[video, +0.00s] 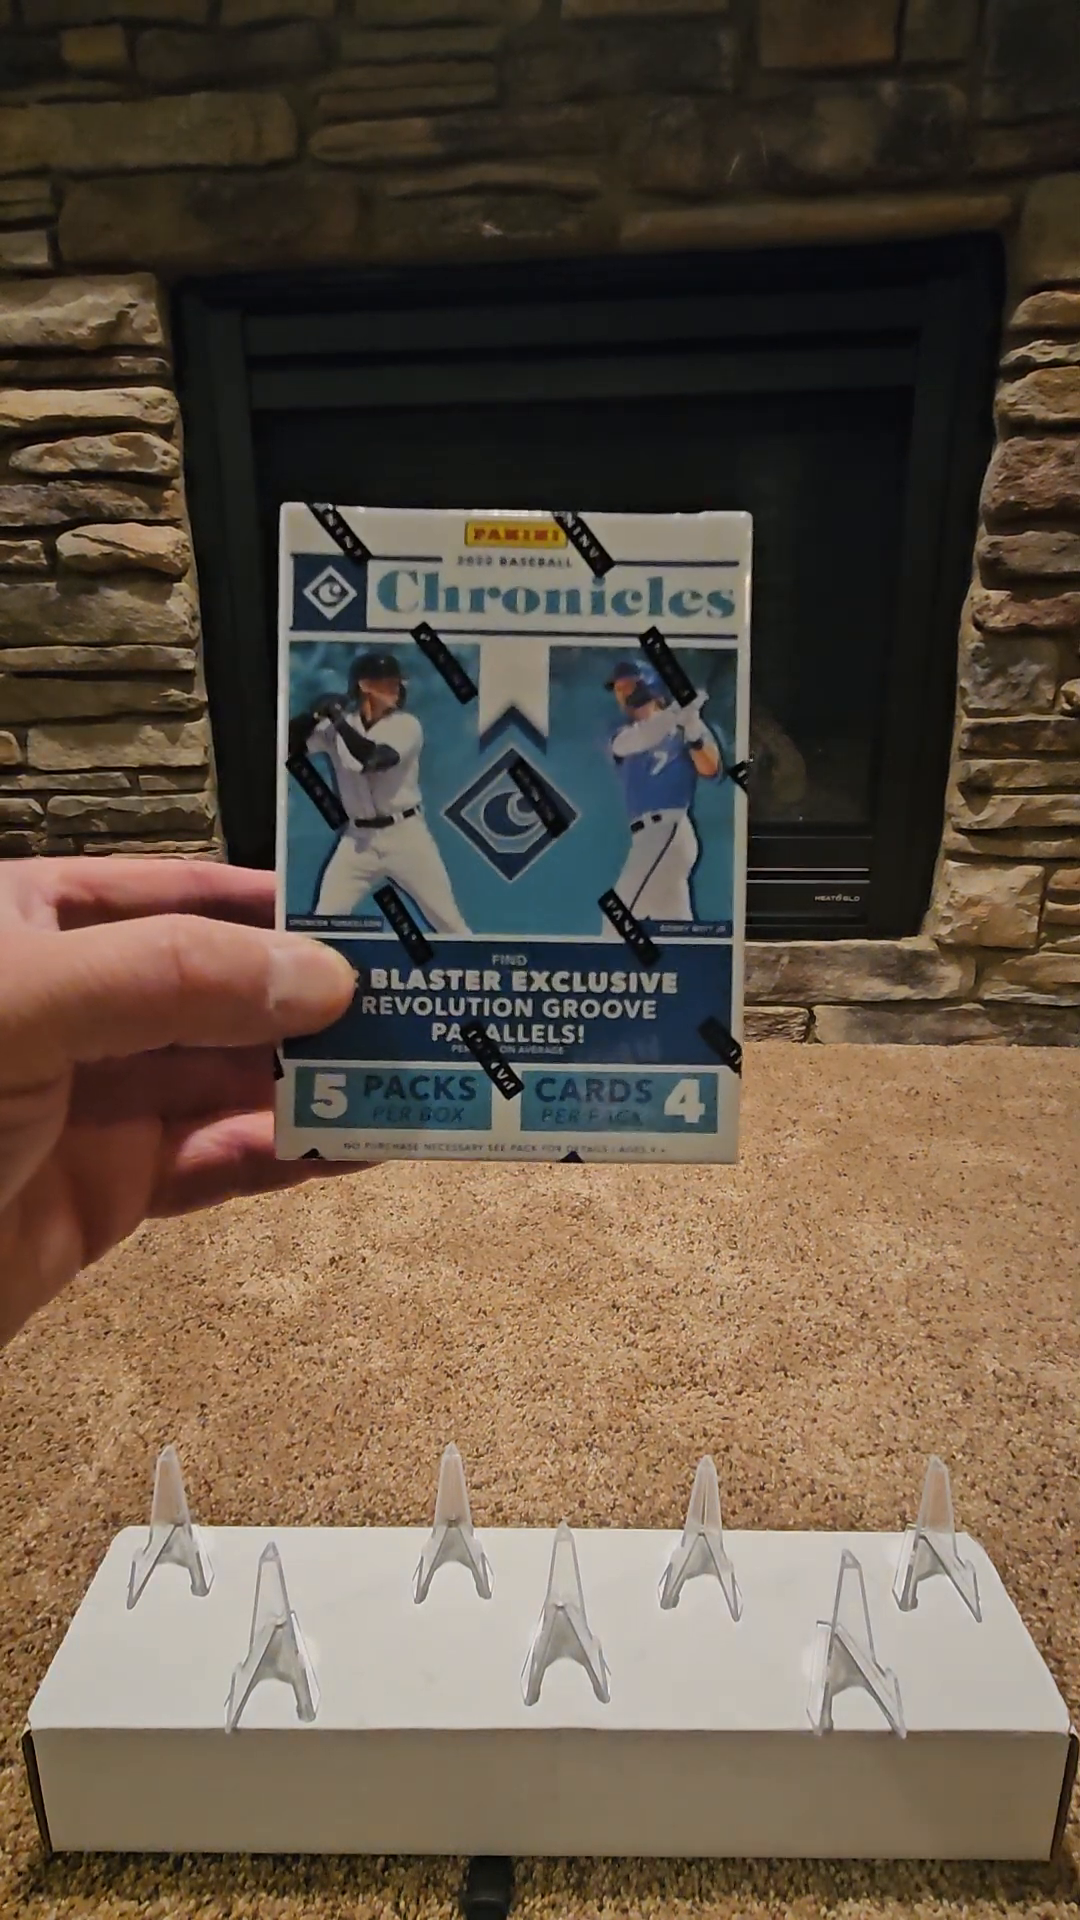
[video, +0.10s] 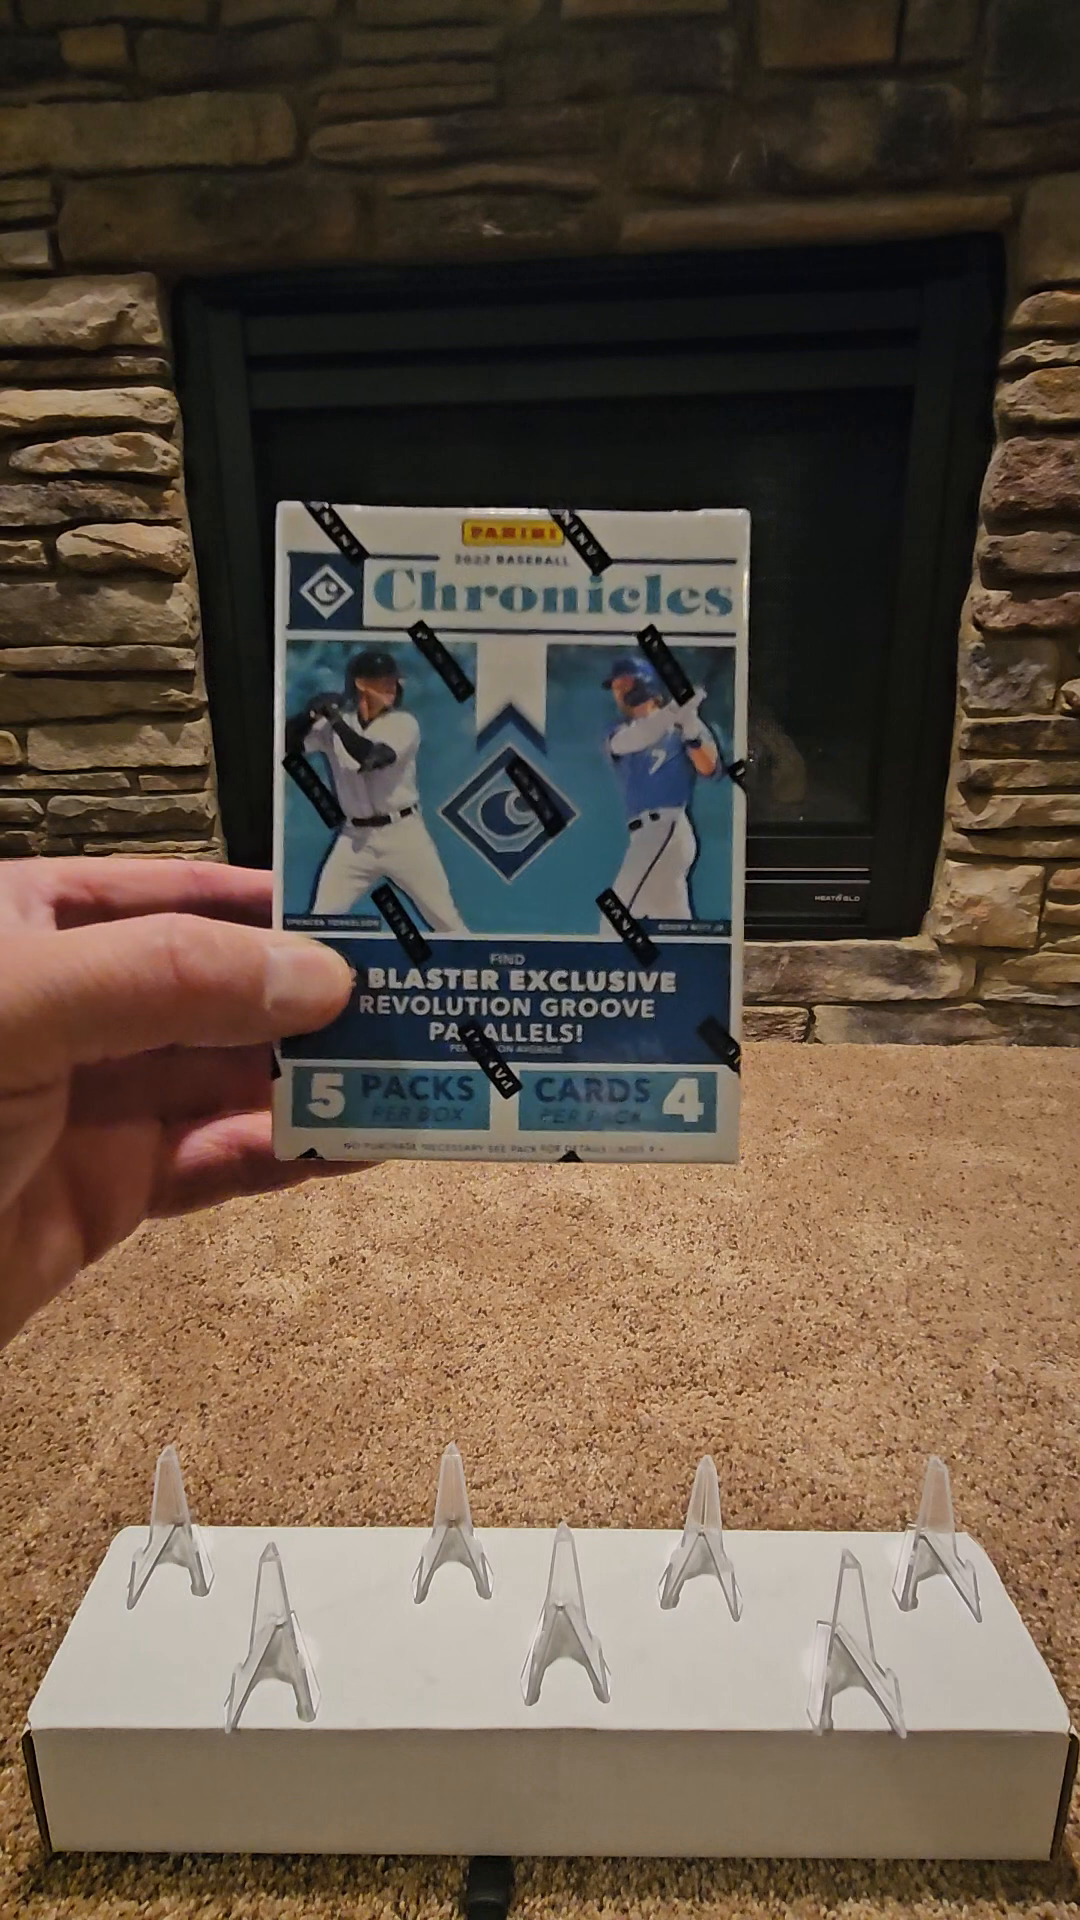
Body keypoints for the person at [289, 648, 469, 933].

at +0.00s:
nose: (396, 686)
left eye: (397, 680)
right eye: (388, 680)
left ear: (400, 685)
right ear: (365, 686)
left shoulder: (406, 725)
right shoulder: (335, 730)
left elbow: (373, 760)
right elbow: (288, 746)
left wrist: (338, 719)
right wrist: (313, 716)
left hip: (406, 836)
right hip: (357, 840)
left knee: (449, 922)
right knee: (325, 922)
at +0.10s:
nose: (393, 686)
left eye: (394, 680)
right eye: (384, 679)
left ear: (397, 684)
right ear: (361, 684)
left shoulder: (403, 723)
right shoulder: (331, 728)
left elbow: (371, 758)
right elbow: (286, 744)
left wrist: (334, 719)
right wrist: (309, 715)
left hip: (404, 835)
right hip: (355, 839)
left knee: (446, 921)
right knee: (322, 923)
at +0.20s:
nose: (390, 685)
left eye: (391, 678)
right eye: (381, 678)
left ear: (393, 683)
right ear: (358, 683)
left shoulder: (399, 722)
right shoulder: (328, 726)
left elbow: (367, 756)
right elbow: (283, 740)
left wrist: (330, 717)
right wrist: (307, 713)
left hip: (400, 834)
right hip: (351, 837)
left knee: (441, 918)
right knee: (319, 921)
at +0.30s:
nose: (387, 683)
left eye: (388, 677)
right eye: (378, 676)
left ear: (391, 681)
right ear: (355, 681)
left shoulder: (397, 720)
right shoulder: (326, 724)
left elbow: (364, 755)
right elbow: (281, 739)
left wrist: (328, 715)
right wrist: (304, 712)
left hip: (397, 833)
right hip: (348, 836)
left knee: (439, 916)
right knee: (317, 920)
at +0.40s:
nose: (391, 695)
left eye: (392, 688)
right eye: (383, 688)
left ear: (396, 693)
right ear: (360, 693)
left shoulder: (402, 733)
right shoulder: (332, 736)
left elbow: (370, 768)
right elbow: (286, 752)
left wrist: (333, 726)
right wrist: (310, 724)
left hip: (403, 845)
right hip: (354, 848)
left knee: (444, 930)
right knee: (321, 931)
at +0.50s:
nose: (392, 696)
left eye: (393, 690)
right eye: (384, 690)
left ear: (396, 694)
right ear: (361, 695)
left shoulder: (402, 734)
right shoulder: (331, 738)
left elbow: (369, 769)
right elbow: (285, 755)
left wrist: (334, 729)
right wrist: (311, 725)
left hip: (403, 845)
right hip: (354, 849)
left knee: (444, 929)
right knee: (322, 930)